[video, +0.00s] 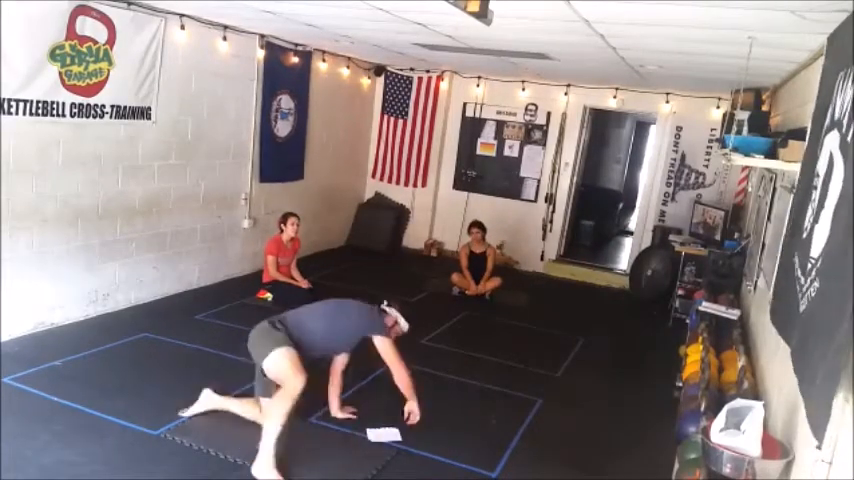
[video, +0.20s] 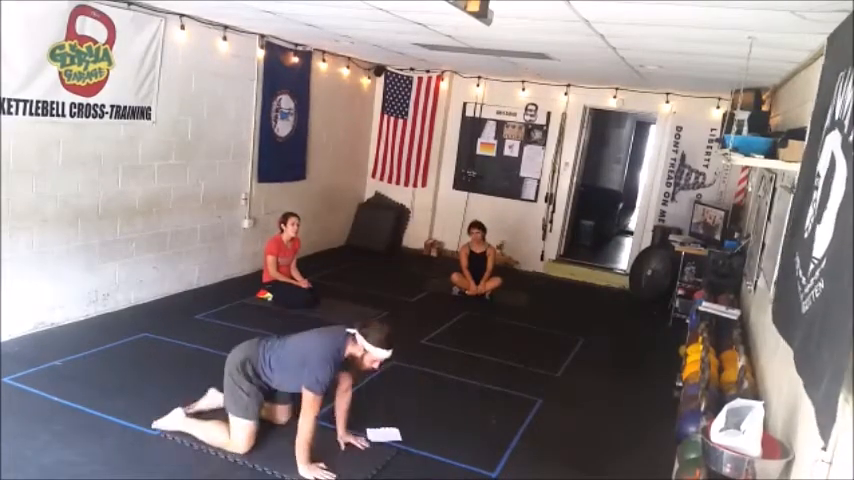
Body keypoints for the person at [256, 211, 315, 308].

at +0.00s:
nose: (296, 228)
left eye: (297, 225)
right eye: (292, 224)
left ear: (299, 226)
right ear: (283, 226)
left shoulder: (295, 242)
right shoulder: (273, 243)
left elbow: (293, 267)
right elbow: (272, 273)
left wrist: (302, 281)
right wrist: (297, 284)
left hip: (288, 280)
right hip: (272, 282)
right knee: (302, 296)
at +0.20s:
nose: (296, 228)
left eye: (297, 225)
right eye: (292, 225)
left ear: (299, 226)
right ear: (283, 226)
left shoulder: (295, 242)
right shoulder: (274, 243)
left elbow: (293, 267)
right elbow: (272, 273)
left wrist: (302, 281)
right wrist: (298, 284)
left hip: (287, 280)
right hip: (272, 282)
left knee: (312, 294)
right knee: (304, 299)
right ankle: (271, 297)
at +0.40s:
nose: (296, 228)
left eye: (297, 225)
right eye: (292, 225)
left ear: (299, 226)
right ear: (283, 226)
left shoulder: (295, 242)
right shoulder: (273, 243)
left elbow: (293, 267)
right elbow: (272, 273)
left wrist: (302, 281)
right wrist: (298, 283)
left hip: (287, 280)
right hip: (272, 282)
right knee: (304, 297)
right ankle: (272, 297)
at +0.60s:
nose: (296, 228)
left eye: (298, 225)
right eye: (293, 225)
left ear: (299, 226)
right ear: (283, 226)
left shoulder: (295, 242)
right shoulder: (273, 243)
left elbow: (292, 267)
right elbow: (272, 273)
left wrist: (302, 281)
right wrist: (298, 283)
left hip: (287, 280)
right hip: (272, 282)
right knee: (302, 298)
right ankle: (270, 297)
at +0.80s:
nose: (337, 245)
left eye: (338, 241)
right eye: (334, 241)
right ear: (325, 239)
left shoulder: (327, 252)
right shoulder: (312, 251)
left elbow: (326, 274)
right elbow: (306, 281)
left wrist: (339, 294)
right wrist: (325, 301)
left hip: (295, 274)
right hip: (282, 274)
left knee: (311, 301)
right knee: (303, 302)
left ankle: (280, 292)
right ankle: (275, 296)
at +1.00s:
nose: (368, 264)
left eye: (371, 262)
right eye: (369, 260)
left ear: (366, 253)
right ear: (363, 253)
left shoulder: (359, 252)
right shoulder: (344, 255)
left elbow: (354, 279)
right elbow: (337, 285)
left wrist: (352, 304)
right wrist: (335, 312)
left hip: (318, 263)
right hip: (304, 262)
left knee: (320, 296)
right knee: (307, 300)